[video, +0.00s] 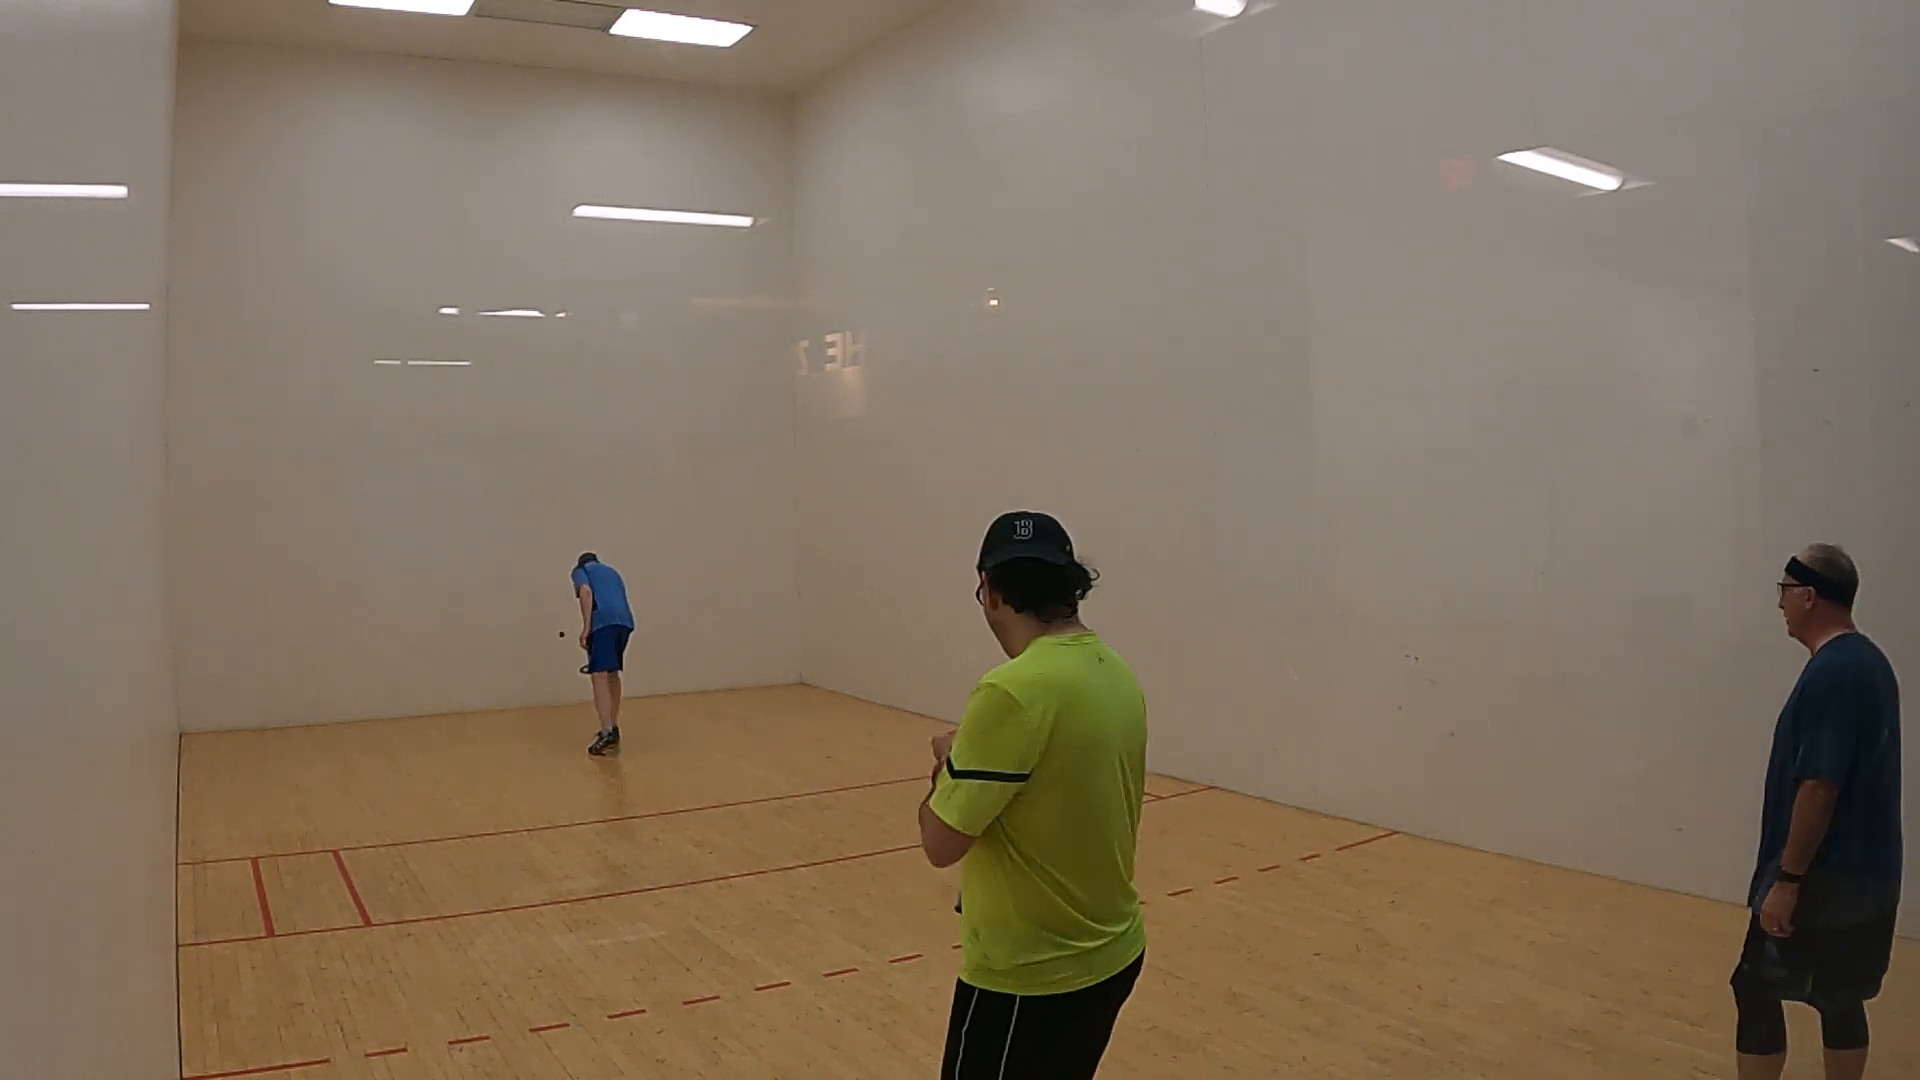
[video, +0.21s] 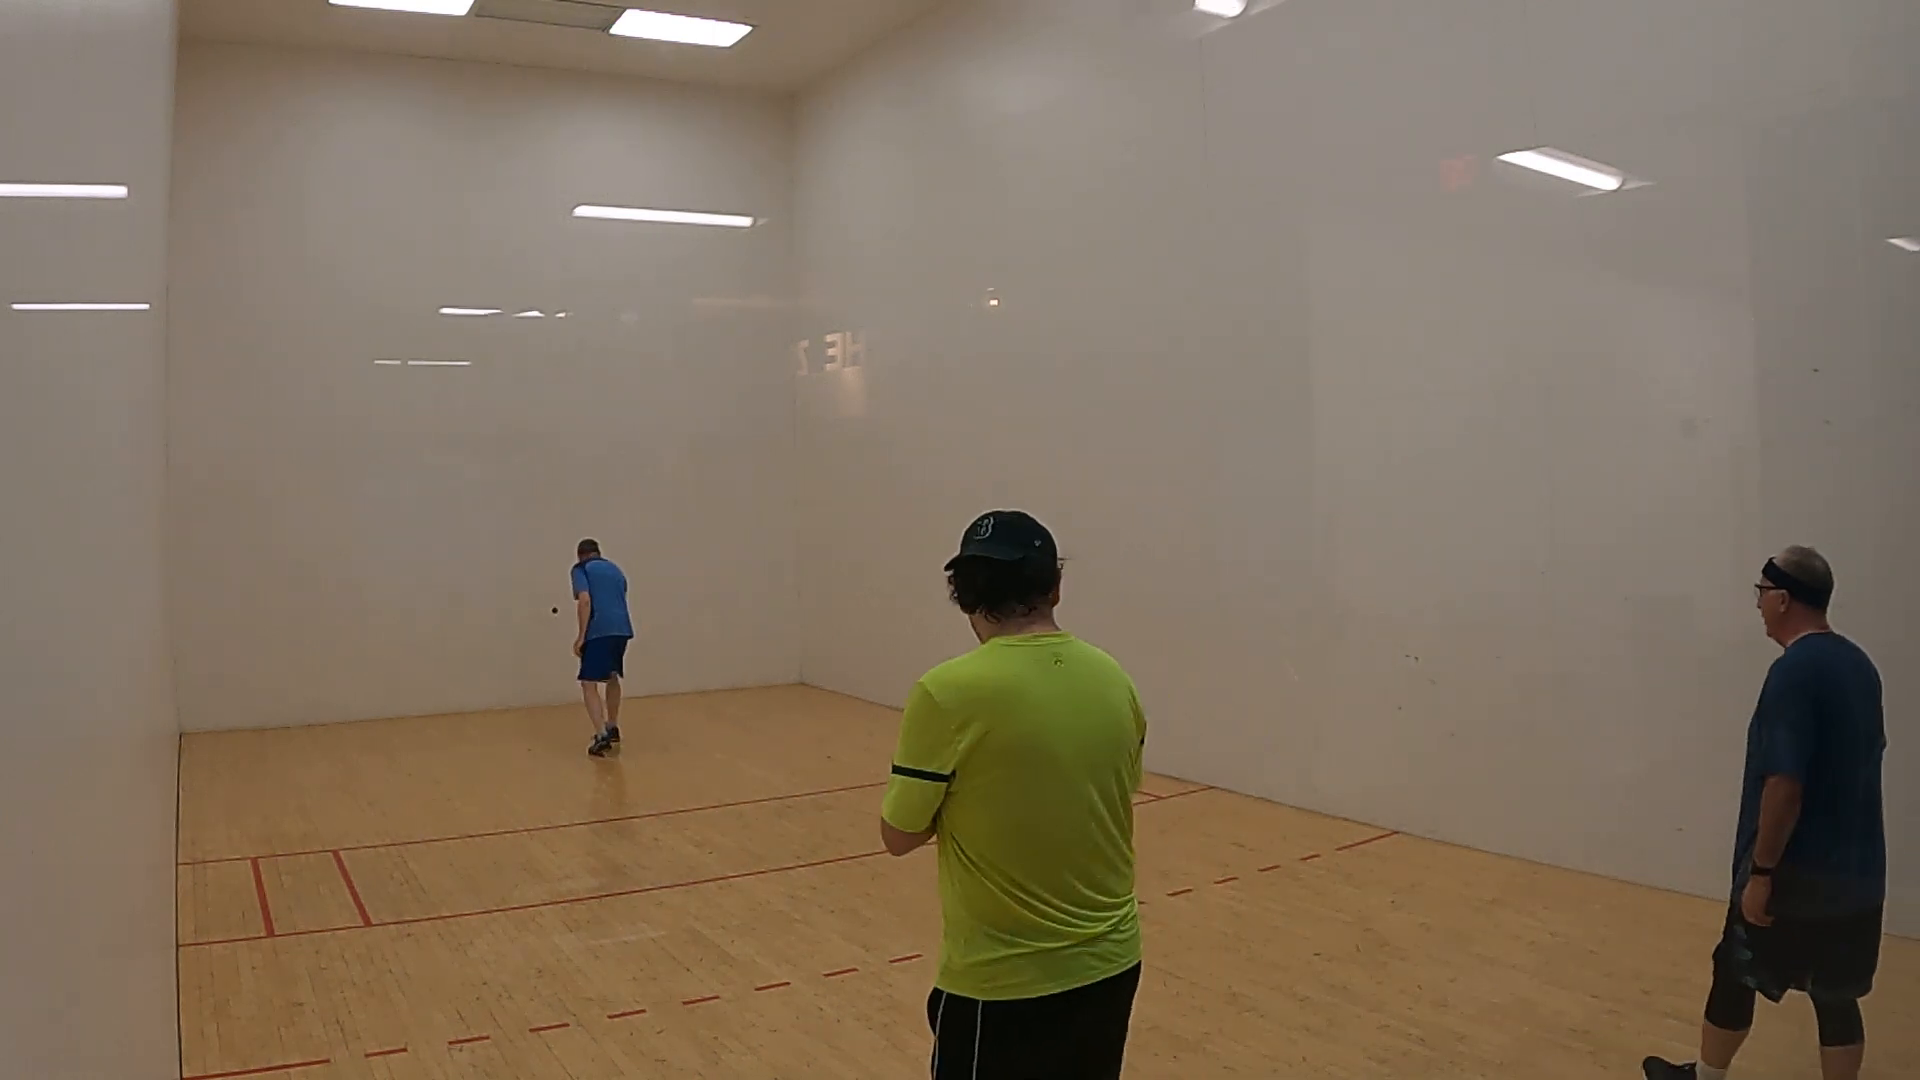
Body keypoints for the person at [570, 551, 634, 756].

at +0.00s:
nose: (580, 571)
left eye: (579, 568)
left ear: (581, 564)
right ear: (597, 561)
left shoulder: (580, 570)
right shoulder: (611, 571)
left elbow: (585, 591)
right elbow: (615, 603)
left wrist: (586, 626)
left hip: (603, 622)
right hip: (625, 622)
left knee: (599, 675)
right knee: (613, 674)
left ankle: (607, 730)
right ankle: (612, 725)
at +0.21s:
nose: (579, 560)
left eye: (579, 557)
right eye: (582, 557)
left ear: (580, 555)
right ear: (599, 552)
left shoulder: (580, 569)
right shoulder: (615, 568)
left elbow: (584, 600)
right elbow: (621, 599)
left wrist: (581, 636)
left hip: (599, 632)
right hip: (622, 630)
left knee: (588, 683)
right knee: (613, 677)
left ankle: (601, 733)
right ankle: (612, 725)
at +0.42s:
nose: (579, 558)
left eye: (578, 555)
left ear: (578, 553)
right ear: (599, 549)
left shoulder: (576, 570)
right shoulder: (616, 566)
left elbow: (577, 604)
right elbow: (629, 596)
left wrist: (573, 640)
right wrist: (629, 636)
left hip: (593, 636)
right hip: (622, 635)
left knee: (585, 685)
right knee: (617, 680)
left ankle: (603, 738)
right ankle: (619, 728)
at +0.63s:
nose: (584, 559)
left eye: (582, 555)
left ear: (582, 553)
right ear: (603, 549)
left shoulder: (579, 567)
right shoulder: (622, 563)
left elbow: (579, 600)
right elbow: (633, 596)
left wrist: (577, 638)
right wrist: (631, 630)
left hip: (598, 633)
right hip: (628, 631)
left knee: (594, 685)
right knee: (622, 683)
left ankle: (602, 740)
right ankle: (630, 737)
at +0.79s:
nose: (589, 559)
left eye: (589, 555)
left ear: (589, 553)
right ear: (610, 549)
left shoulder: (586, 566)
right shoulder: (630, 562)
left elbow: (587, 600)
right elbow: (642, 596)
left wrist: (584, 639)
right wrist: (638, 628)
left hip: (603, 633)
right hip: (633, 632)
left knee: (601, 687)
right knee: (630, 688)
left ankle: (601, 741)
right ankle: (632, 748)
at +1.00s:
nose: (595, 558)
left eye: (594, 555)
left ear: (593, 553)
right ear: (615, 550)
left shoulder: (587, 568)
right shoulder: (636, 562)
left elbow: (585, 606)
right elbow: (661, 592)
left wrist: (584, 643)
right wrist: (656, 626)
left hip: (604, 637)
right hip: (636, 634)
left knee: (606, 691)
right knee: (632, 690)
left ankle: (614, 750)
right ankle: (633, 749)